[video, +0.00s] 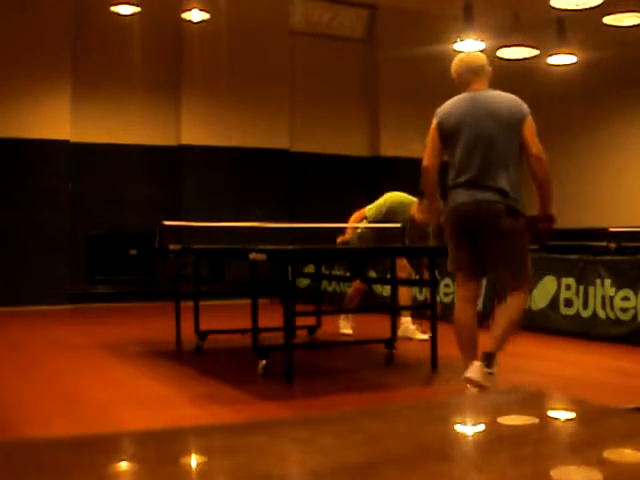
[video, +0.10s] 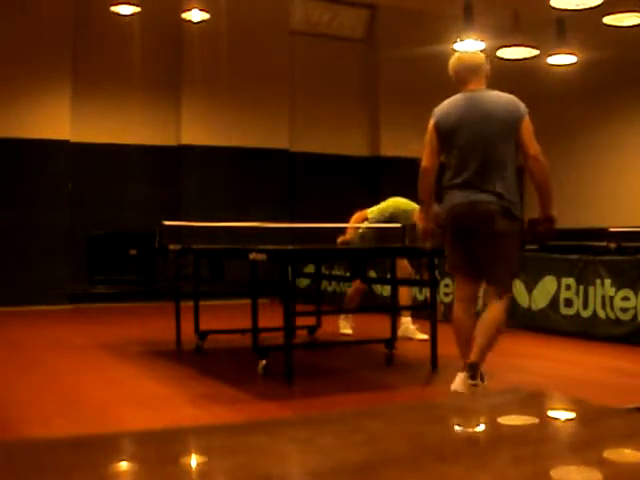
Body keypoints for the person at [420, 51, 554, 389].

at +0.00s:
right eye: (484, 71)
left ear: (457, 79)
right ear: (487, 74)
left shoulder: (444, 112)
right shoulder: (515, 106)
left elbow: (429, 166)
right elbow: (536, 155)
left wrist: (432, 207)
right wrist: (546, 208)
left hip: (460, 210)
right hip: (503, 209)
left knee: (465, 288)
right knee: (517, 289)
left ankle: (472, 372)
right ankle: (485, 358)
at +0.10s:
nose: (481, 74)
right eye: (483, 68)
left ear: (455, 78)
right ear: (485, 72)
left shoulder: (441, 112)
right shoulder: (513, 106)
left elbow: (428, 167)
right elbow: (534, 156)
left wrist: (425, 210)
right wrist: (547, 209)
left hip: (456, 210)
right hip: (499, 211)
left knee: (463, 291)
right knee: (499, 294)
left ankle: (470, 371)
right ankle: (472, 368)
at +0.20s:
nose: (481, 73)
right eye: (483, 67)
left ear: (453, 76)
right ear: (485, 71)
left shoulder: (441, 111)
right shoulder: (511, 106)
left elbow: (425, 165)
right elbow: (533, 158)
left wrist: (422, 213)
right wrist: (548, 211)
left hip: (453, 210)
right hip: (495, 210)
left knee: (461, 291)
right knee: (492, 293)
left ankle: (470, 372)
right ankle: (468, 375)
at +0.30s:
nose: (482, 71)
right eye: (484, 65)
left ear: (453, 73)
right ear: (484, 70)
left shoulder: (439, 109)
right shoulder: (510, 105)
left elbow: (423, 165)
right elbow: (532, 158)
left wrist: (420, 214)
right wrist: (548, 211)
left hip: (450, 208)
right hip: (493, 208)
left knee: (459, 291)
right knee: (487, 293)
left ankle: (470, 372)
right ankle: (467, 378)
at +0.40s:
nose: (485, 72)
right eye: (486, 67)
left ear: (454, 73)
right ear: (485, 70)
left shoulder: (437, 109)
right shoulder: (508, 106)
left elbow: (420, 163)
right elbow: (529, 160)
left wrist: (420, 213)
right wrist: (547, 213)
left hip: (447, 208)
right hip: (489, 209)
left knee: (457, 292)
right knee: (483, 295)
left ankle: (469, 372)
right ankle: (465, 379)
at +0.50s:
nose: (486, 71)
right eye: (486, 65)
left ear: (454, 72)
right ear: (485, 69)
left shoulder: (436, 108)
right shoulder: (507, 107)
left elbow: (418, 162)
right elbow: (525, 161)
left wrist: (419, 212)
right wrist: (542, 212)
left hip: (445, 207)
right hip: (487, 208)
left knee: (455, 293)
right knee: (480, 297)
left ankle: (470, 373)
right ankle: (463, 382)